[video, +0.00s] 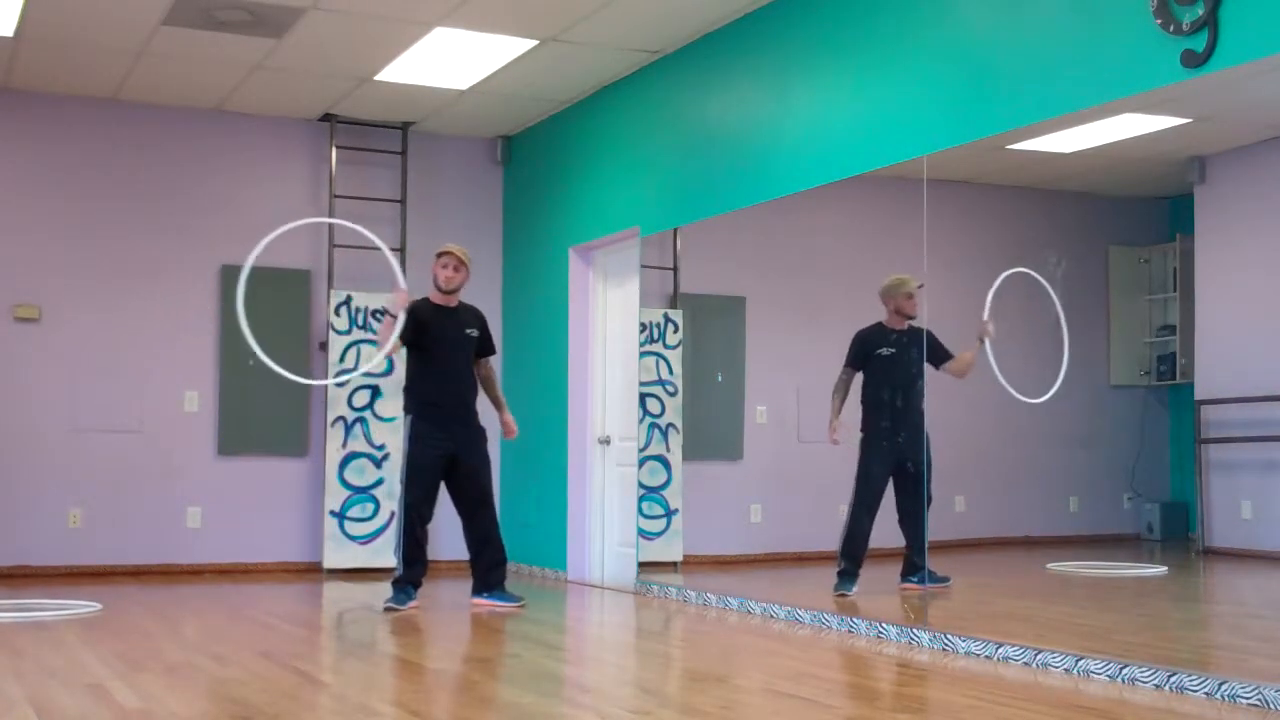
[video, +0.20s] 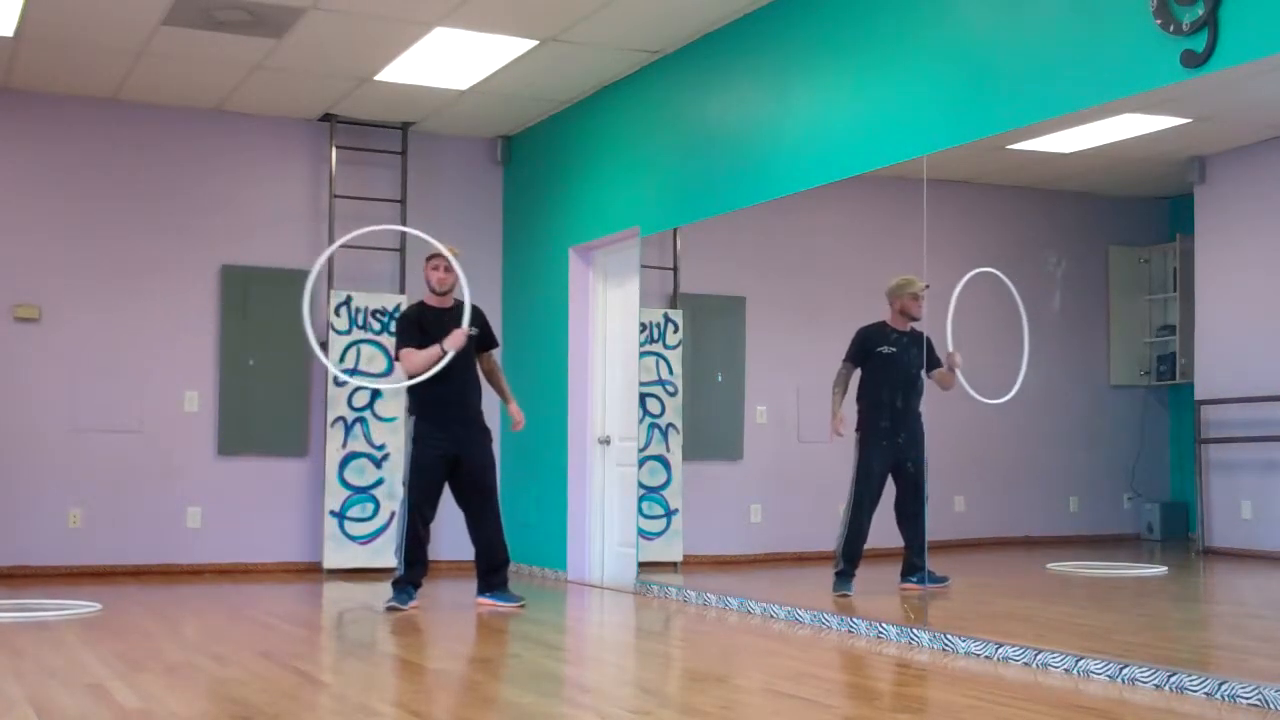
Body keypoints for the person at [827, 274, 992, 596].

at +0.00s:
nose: (916, 302)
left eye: (916, 296)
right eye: (909, 297)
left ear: (911, 301)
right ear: (890, 301)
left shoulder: (922, 338)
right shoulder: (866, 338)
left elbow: (959, 369)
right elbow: (845, 378)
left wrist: (981, 342)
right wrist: (835, 416)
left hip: (913, 437)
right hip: (877, 437)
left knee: (917, 506)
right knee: (865, 508)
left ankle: (915, 570)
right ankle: (847, 575)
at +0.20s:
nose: (922, 303)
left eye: (922, 298)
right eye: (915, 298)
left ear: (915, 303)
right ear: (896, 301)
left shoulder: (921, 341)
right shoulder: (868, 335)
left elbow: (945, 383)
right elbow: (844, 375)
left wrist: (952, 368)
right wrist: (837, 411)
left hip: (910, 432)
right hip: (875, 432)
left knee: (913, 504)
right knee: (862, 504)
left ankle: (915, 570)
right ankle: (845, 574)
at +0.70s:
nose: (890, 300)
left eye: (892, 294)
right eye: (882, 296)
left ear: (896, 298)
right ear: (867, 301)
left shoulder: (909, 336)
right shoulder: (850, 339)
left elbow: (919, 371)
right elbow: (835, 384)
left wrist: (912, 392)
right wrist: (831, 423)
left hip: (902, 431)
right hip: (865, 433)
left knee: (909, 505)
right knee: (852, 506)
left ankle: (913, 571)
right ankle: (837, 574)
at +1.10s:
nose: (864, 297)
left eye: (866, 292)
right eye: (857, 293)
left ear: (870, 296)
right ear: (843, 298)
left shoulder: (879, 329)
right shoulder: (825, 337)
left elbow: (889, 347)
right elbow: (807, 384)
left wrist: (886, 356)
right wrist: (806, 424)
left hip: (880, 430)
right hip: (844, 433)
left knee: (899, 496)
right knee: (844, 506)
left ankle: (873, 560)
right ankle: (834, 574)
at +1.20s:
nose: (866, 296)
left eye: (868, 291)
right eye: (859, 292)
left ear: (871, 297)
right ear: (843, 297)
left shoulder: (878, 330)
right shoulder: (825, 335)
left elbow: (900, 338)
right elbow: (805, 380)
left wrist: (887, 332)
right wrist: (800, 422)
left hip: (875, 432)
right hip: (839, 433)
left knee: (888, 498)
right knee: (834, 502)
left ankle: (863, 567)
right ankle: (821, 572)